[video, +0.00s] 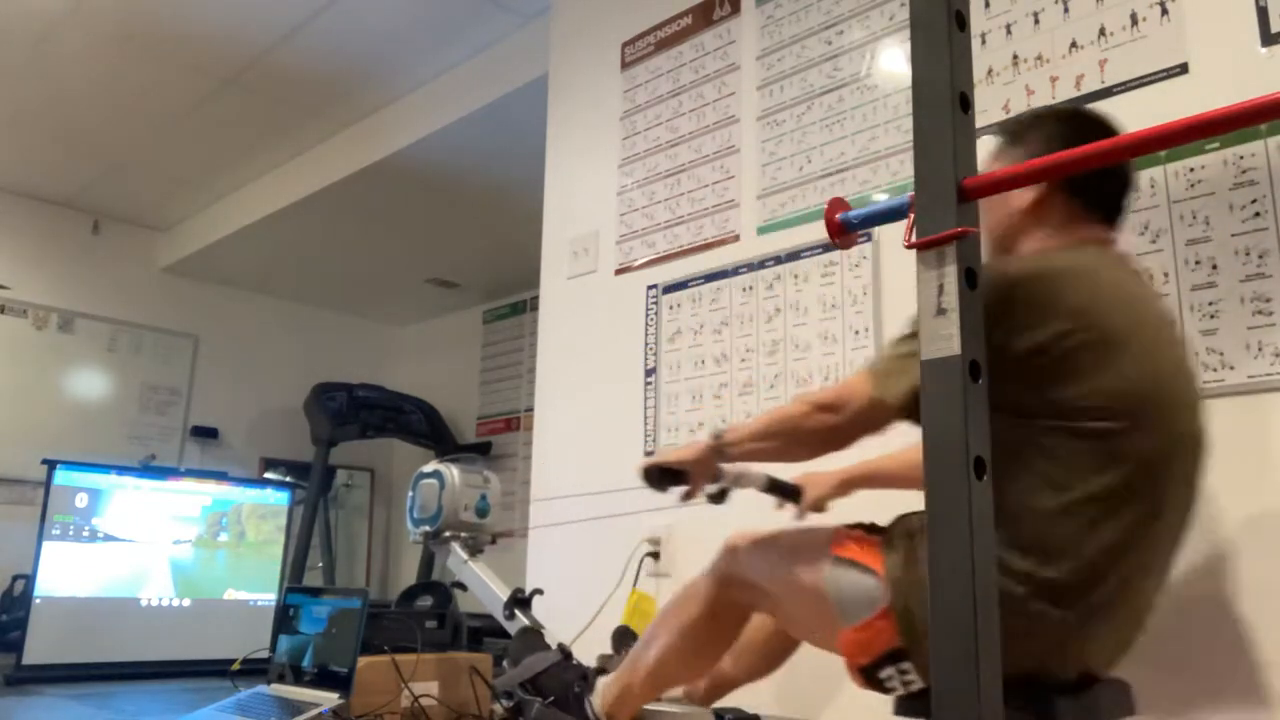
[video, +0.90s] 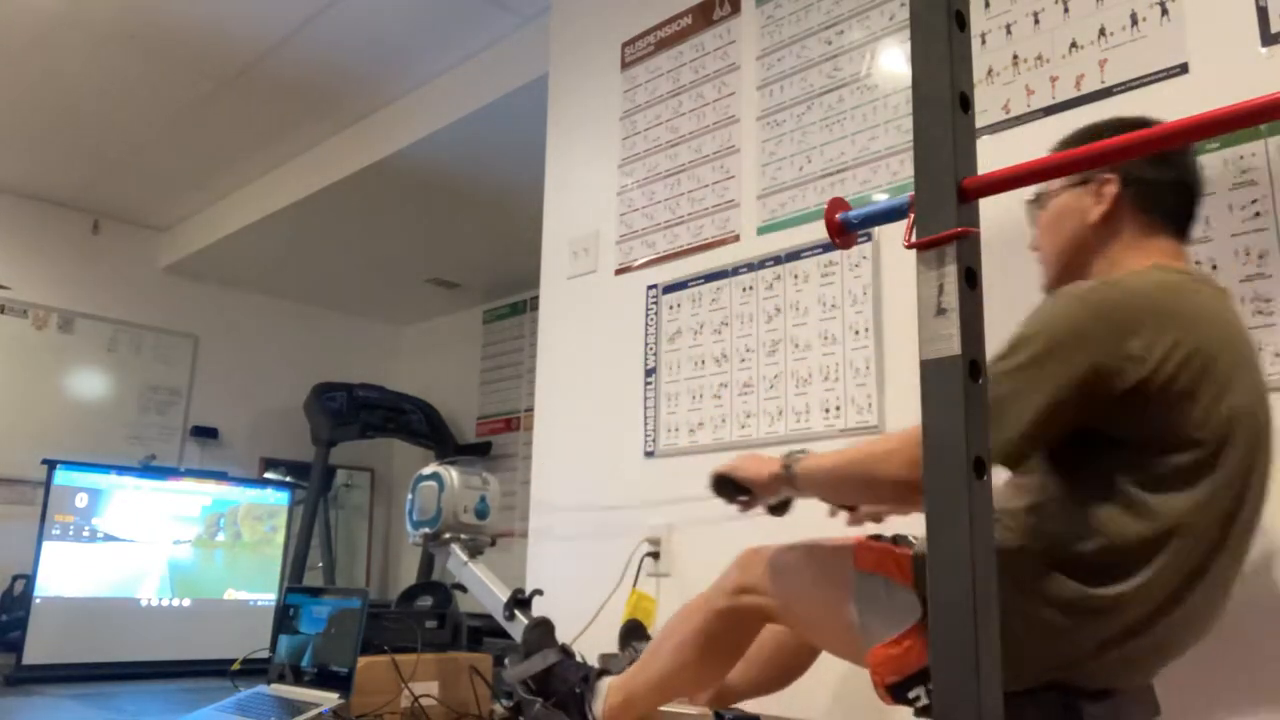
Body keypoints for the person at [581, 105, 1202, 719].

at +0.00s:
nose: (972, 209)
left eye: (985, 185)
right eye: (977, 185)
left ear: (1036, 187)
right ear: (1062, 193)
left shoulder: (1028, 287)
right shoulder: (1131, 301)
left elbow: (840, 415)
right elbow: (989, 459)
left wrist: (714, 448)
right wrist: (846, 476)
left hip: (995, 619)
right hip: (1071, 627)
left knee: (740, 559)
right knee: (808, 574)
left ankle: (610, 701)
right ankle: (693, 694)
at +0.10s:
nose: (1075, 205)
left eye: (1089, 178)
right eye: (1079, 182)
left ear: (1150, 176)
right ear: (1182, 184)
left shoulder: (1122, 297)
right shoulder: (1260, 309)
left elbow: (936, 421)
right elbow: (1068, 469)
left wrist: (796, 437)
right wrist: (915, 478)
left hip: (1039, 633)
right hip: (1132, 651)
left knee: (766, 614)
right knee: (821, 619)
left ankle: (607, 709)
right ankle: (671, 704)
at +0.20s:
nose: (1149, 228)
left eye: (1164, 196)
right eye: (1152, 203)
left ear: (1235, 196)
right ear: (1240, 200)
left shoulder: (1219, 312)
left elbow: (1048, 468)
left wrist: (898, 453)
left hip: (1034, 619)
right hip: (1132, 670)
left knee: (771, 652)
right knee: (831, 679)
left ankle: (603, 708)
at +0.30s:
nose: (1159, 234)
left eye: (1175, 205)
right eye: (1163, 210)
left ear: (1249, 203)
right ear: (1248, 208)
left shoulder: (1245, 323)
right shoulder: (1252, 324)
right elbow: (1176, 534)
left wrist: (998, 474)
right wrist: (1012, 485)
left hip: (1061, 622)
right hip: (1104, 630)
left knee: (784, 627)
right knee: (838, 641)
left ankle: (606, 706)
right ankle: (696, 713)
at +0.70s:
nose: (1123, 238)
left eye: (1137, 211)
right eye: (1128, 215)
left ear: (1204, 208)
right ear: (1215, 211)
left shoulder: (1202, 334)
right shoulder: (1267, 330)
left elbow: (1083, 534)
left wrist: (918, 497)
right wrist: (965, 542)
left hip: (1056, 647)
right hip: (1128, 657)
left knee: (780, 611)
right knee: (839, 622)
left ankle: (606, 705)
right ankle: (692, 710)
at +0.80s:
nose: (1083, 229)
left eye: (1098, 205)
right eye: (1087, 209)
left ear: (1164, 204)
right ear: (1183, 207)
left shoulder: (1165, 325)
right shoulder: (1266, 323)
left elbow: (1001, 495)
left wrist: (846, 483)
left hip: (1040, 631)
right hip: (1130, 644)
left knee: (766, 593)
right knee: (831, 608)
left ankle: (610, 703)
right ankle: (697, 706)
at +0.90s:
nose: (1035, 227)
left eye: (1047, 202)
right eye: (1038, 206)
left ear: (1105, 196)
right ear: (1136, 202)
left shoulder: (1110, 310)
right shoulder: (1199, 310)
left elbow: (917, 462)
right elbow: (1073, 506)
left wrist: (782, 472)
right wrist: (918, 523)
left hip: (1042, 627)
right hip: (1105, 626)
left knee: (747, 581)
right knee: (821, 596)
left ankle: (609, 710)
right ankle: (700, 706)